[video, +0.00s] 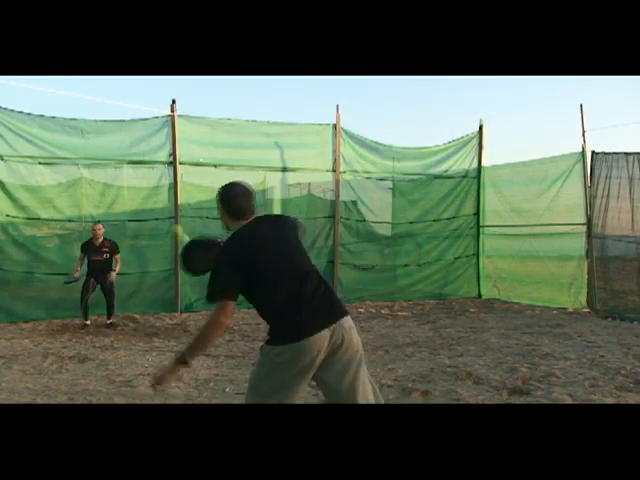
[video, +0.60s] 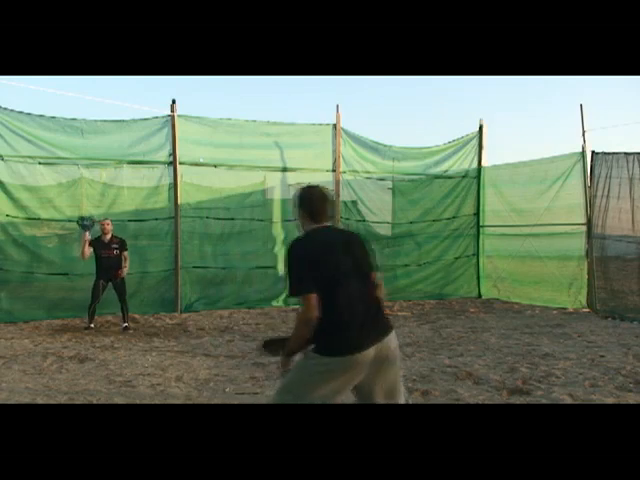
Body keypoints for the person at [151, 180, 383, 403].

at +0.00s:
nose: (220, 215)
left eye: (220, 210)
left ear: (223, 213)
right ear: (253, 205)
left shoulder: (231, 251)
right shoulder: (284, 223)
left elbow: (222, 319)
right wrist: (231, 250)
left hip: (294, 340)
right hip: (340, 323)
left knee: (263, 398)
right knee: (361, 398)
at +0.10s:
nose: (210, 226)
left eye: (210, 221)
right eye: (210, 221)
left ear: (215, 224)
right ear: (244, 214)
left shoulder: (231, 255)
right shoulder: (266, 229)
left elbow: (230, 323)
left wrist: (194, 374)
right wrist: (221, 251)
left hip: (299, 339)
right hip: (341, 321)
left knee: (263, 399)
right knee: (371, 398)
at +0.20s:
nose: (212, 233)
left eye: (210, 227)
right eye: (210, 227)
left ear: (213, 228)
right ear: (242, 218)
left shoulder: (234, 254)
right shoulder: (263, 232)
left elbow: (244, 321)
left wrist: (215, 374)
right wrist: (216, 271)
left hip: (305, 340)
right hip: (344, 320)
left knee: (265, 399)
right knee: (377, 397)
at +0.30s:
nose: (218, 226)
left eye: (218, 221)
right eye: (218, 220)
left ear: (223, 224)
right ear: (249, 214)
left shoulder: (241, 254)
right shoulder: (271, 231)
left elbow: (256, 316)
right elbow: (272, 281)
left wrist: (231, 373)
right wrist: (227, 299)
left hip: (310, 341)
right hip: (347, 321)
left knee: (268, 400)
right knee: (380, 397)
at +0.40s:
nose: (236, 219)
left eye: (235, 214)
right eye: (236, 213)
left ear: (240, 218)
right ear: (267, 210)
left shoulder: (255, 248)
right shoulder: (289, 229)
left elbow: (272, 312)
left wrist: (247, 365)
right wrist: (260, 325)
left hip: (318, 341)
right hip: (356, 323)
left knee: (271, 400)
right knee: (384, 398)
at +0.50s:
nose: (264, 216)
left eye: (266, 210)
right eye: (266, 209)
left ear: (270, 215)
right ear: (294, 210)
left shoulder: (277, 247)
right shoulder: (319, 234)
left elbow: (292, 310)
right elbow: (335, 289)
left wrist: (268, 355)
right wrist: (301, 328)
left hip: (329, 349)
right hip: (370, 334)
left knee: (275, 399)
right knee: (389, 399)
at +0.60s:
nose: (298, 216)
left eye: (298, 211)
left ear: (301, 214)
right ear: (328, 211)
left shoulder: (300, 247)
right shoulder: (352, 238)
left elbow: (311, 313)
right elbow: (375, 289)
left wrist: (289, 351)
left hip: (342, 351)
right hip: (384, 340)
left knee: (285, 399)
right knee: (390, 400)